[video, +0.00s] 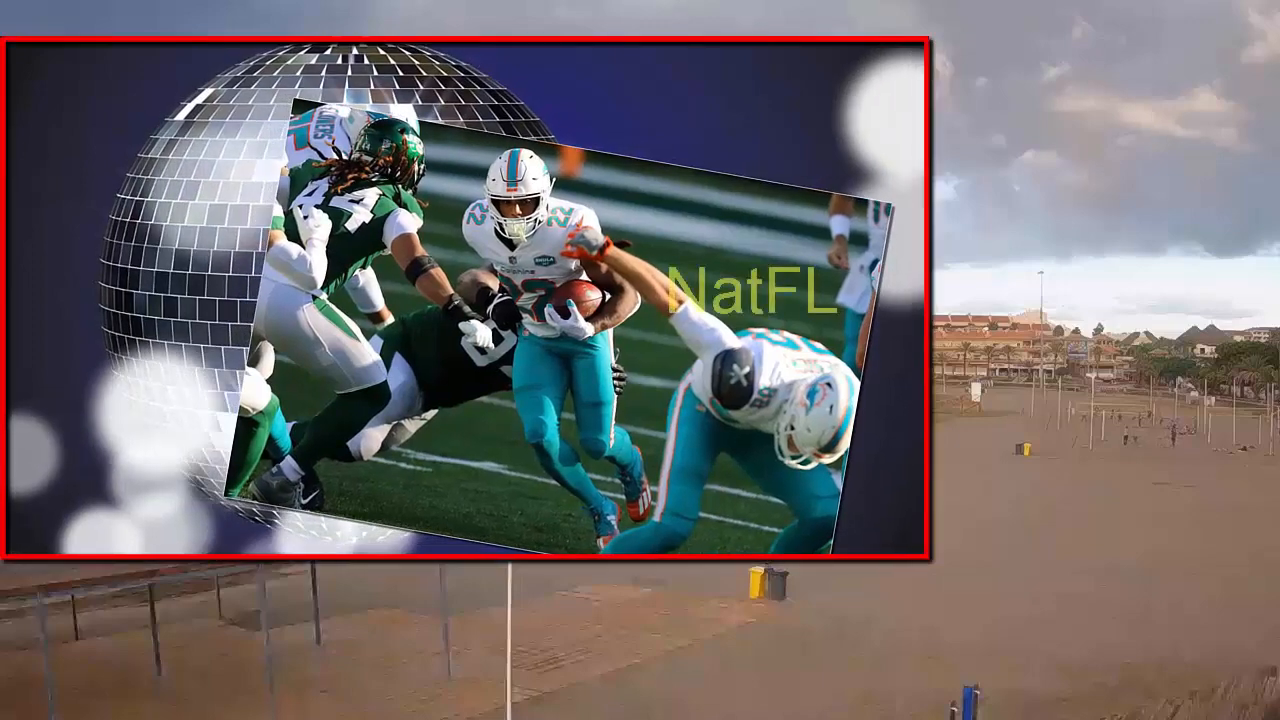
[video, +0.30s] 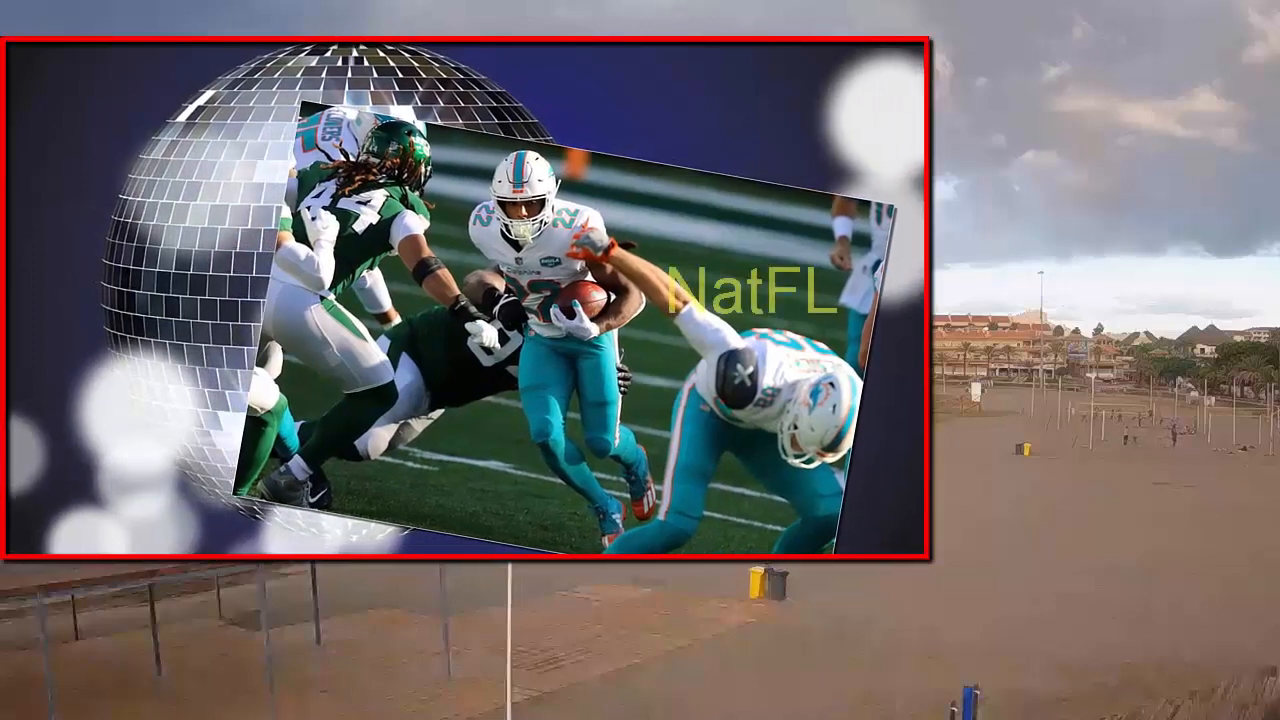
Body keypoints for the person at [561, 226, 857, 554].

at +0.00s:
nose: (804, 461)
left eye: (817, 457)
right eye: (799, 450)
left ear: (845, 432)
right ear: (787, 415)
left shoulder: (854, 415)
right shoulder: (744, 375)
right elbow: (671, 300)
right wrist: (606, 253)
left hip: (764, 428)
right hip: (706, 405)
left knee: (827, 516)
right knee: (673, 527)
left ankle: (764, 583)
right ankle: (592, 571)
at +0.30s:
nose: (808, 460)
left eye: (821, 455)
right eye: (803, 449)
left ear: (849, 432)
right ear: (790, 414)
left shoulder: (857, 416)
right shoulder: (747, 373)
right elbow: (675, 300)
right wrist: (610, 253)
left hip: (767, 427)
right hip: (710, 404)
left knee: (829, 513)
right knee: (678, 525)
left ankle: (768, 584)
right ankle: (597, 572)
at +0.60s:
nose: (810, 459)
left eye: (823, 455)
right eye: (805, 448)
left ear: (850, 432)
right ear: (794, 414)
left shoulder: (860, 415)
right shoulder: (751, 373)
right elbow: (680, 302)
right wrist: (616, 255)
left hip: (770, 426)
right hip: (714, 403)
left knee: (832, 511)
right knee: (682, 523)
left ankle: (771, 581)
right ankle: (602, 570)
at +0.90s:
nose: (812, 458)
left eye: (826, 454)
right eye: (808, 447)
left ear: (852, 432)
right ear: (798, 414)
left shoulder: (863, 415)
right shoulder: (757, 376)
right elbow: (681, 300)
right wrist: (620, 255)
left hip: (774, 425)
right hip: (719, 403)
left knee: (835, 511)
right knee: (687, 522)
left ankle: (776, 581)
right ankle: (607, 571)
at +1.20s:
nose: (815, 457)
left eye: (828, 453)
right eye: (811, 446)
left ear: (855, 430)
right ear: (801, 412)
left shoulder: (864, 412)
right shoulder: (754, 368)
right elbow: (687, 300)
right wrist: (626, 255)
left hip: (777, 425)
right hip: (722, 402)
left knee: (838, 507)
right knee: (691, 520)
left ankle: (778, 581)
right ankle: (609, 570)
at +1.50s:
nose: (818, 456)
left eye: (831, 453)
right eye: (813, 444)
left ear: (857, 429)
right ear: (805, 411)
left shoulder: (868, 416)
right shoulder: (758, 368)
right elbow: (692, 303)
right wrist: (631, 257)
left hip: (781, 425)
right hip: (726, 401)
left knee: (841, 504)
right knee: (696, 519)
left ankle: (779, 581)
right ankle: (615, 567)